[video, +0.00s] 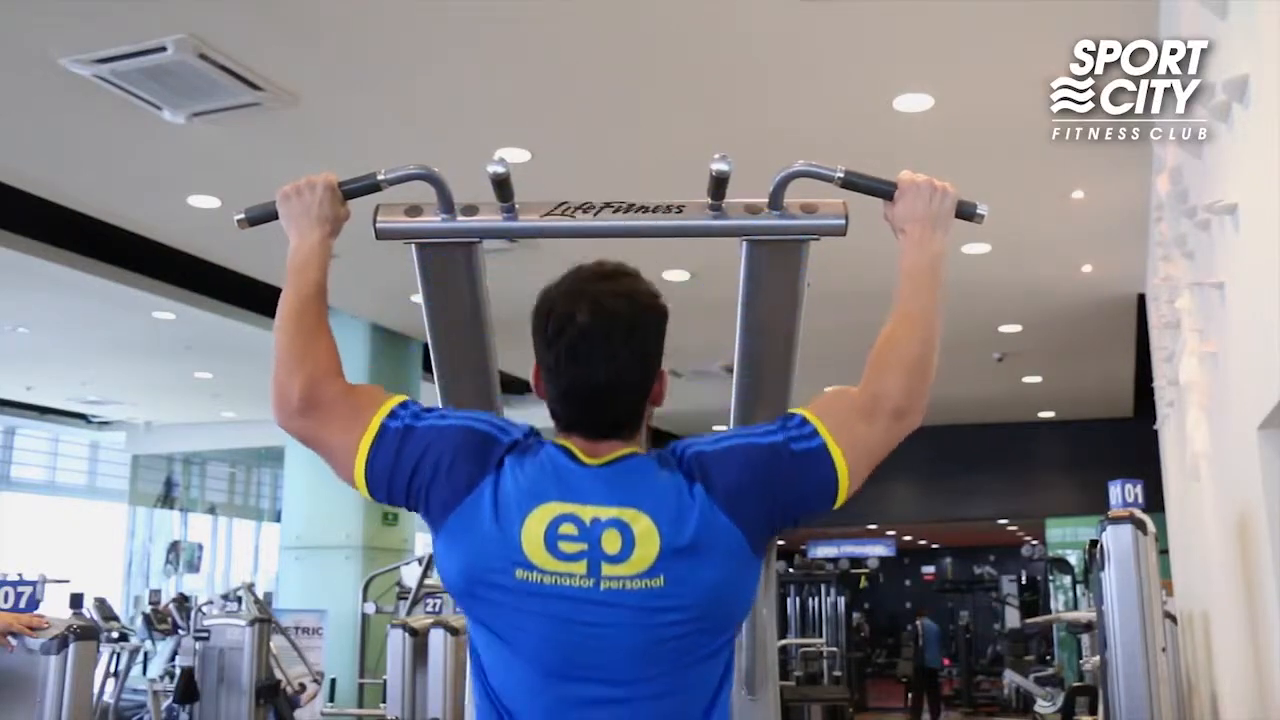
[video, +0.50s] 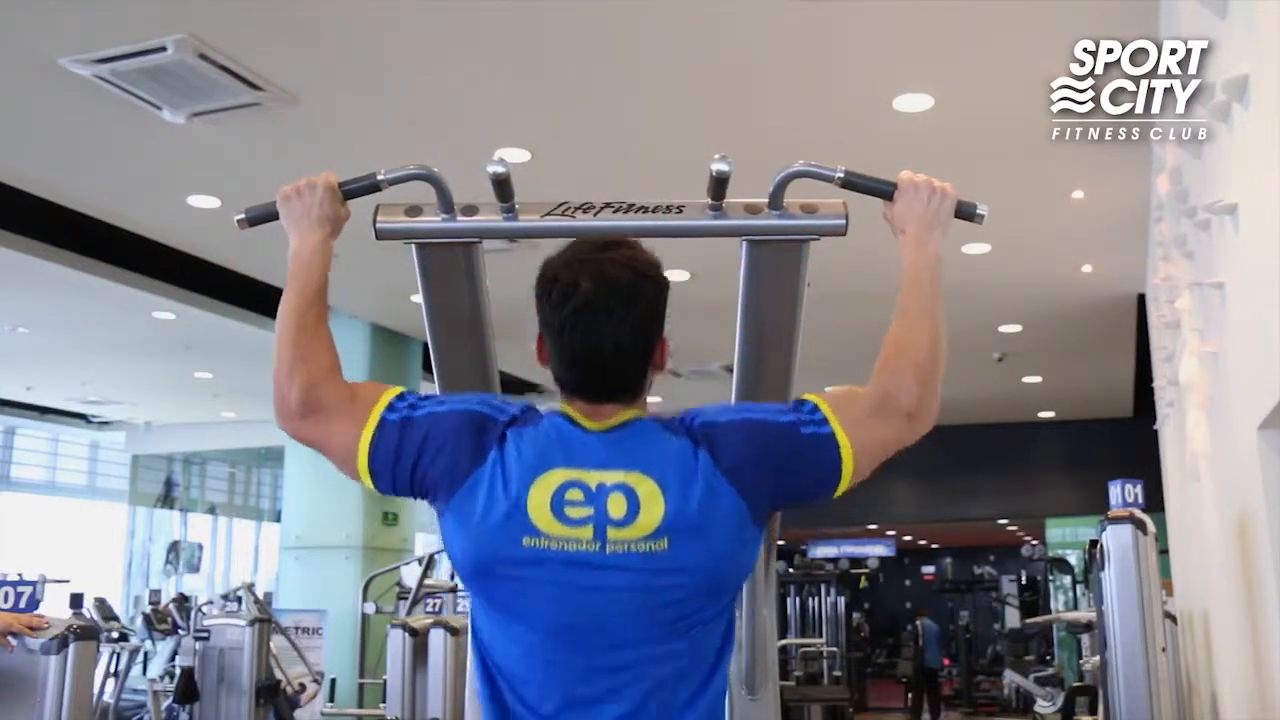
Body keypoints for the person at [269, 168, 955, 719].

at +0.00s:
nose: (661, 375)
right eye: (662, 362)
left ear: (537, 381)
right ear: (659, 385)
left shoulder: (471, 476)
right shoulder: (727, 490)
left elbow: (305, 399)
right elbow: (890, 405)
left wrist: (308, 240)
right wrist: (923, 243)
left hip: (519, 710)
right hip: (685, 712)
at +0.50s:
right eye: (662, 333)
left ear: (541, 353)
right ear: (661, 357)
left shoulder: (475, 453)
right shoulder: (727, 459)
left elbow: (306, 403)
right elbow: (904, 406)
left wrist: (308, 244)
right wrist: (921, 243)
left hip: (522, 709)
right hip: (684, 709)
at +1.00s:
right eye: (662, 113)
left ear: (547, 125)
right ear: (659, 127)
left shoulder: (484, 248)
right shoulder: (729, 250)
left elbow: (327, 381)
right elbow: (891, 378)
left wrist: (308, 241)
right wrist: (925, 241)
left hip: (529, 606)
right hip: (673, 610)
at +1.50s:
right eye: (663, 147)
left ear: (547, 166)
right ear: (665, 168)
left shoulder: (481, 286)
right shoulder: (732, 294)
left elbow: (307, 391)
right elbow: (910, 392)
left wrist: (307, 239)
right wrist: (924, 238)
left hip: (528, 666)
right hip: (679, 667)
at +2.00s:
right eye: (658, 311)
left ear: (535, 332)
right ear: (658, 339)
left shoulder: (467, 428)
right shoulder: (725, 449)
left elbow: (293, 399)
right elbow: (903, 405)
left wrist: (308, 243)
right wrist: (924, 242)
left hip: (516, 711)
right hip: (678, 713)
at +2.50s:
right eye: (663, 408)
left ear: (538, 434)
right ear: (662, 441)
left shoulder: (477, 518)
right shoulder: (722, 538)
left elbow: (327, 404)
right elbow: (868, 405)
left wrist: (311, 243)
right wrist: (917, 245)